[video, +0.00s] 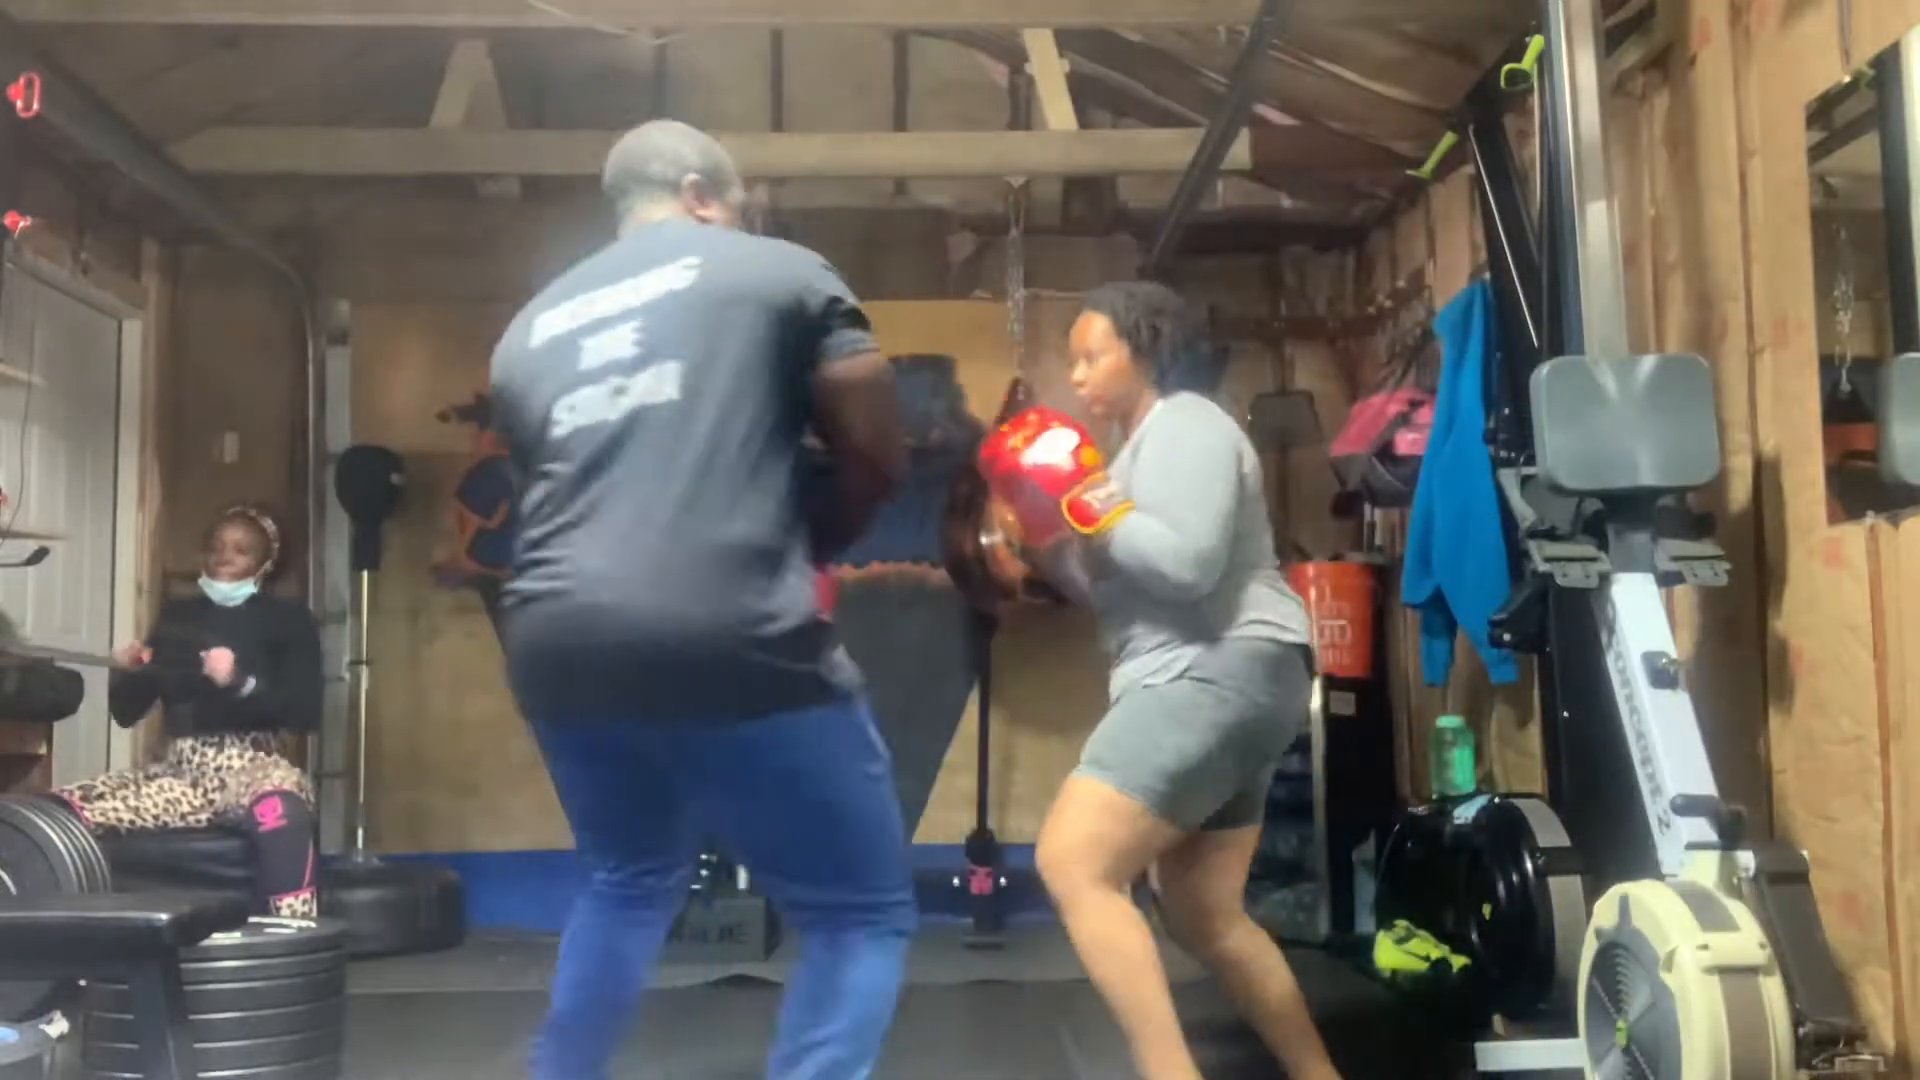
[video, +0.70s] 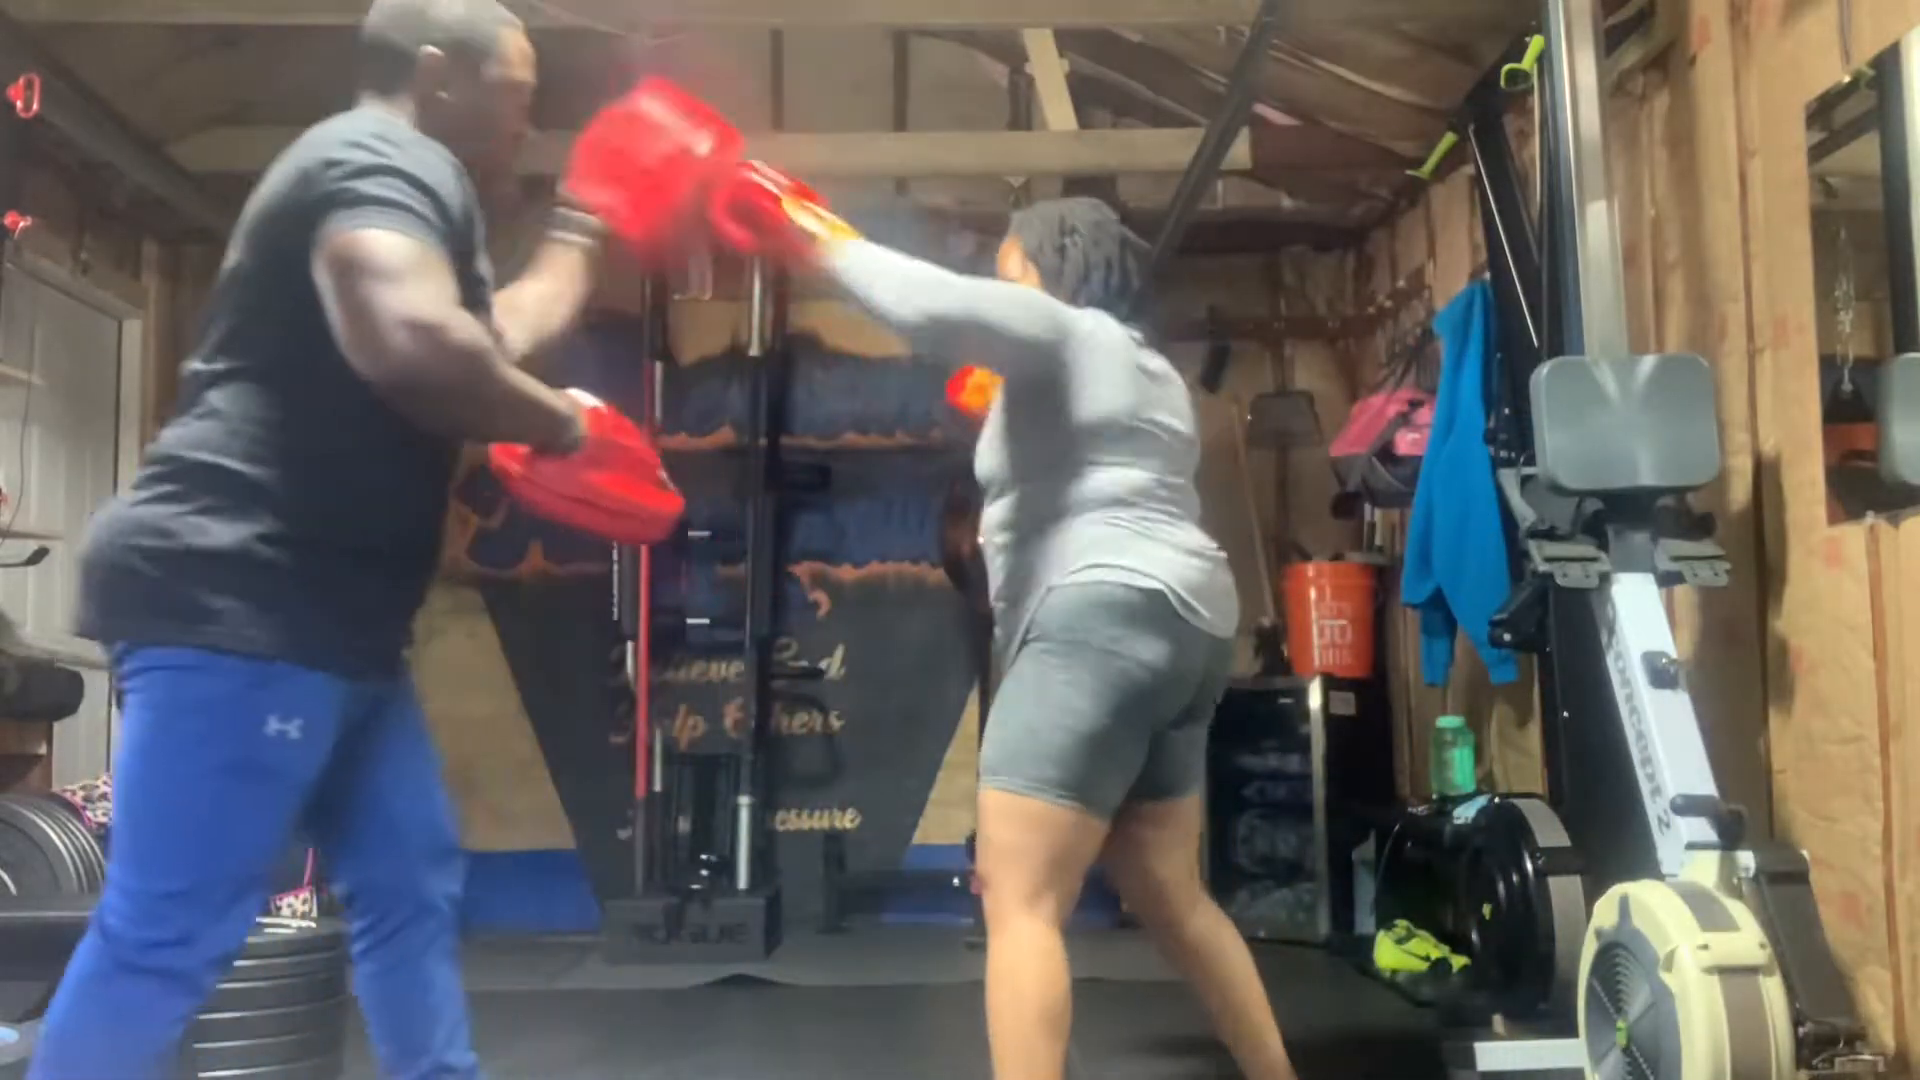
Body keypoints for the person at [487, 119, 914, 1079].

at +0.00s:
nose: (741, 221)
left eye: (736, 209)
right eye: (735, 206)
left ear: (618, 208)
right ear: (699, 195)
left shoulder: (527, 326)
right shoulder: (785, 274)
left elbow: (546, 491)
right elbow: (876, 461)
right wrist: (792, 542)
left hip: (558, 635)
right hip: (734, 629)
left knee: (627, 876)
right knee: (858, 914)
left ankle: (557, 1069)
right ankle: (808, 1071)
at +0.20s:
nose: (716, 198)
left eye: (716, 176)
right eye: (705, 177)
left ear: (596, 170)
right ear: (652, 166)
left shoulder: (527, 255)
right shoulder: (662, 239)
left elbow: (545, 431)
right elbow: (736, 406)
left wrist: (697, 504)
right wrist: (774, 494)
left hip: (420, 604)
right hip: (560, 591)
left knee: (579, 890)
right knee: (748, 884)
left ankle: (523, 1073)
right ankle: (709, 1070)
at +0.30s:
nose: (680, 169)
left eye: (679, 148)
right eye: (669, 148)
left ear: (559, 139)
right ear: (613, 139)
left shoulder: (500, 225)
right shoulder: (599, 216)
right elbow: (658, 390)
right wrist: (733, 479)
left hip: (374, 591)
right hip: (495, 578)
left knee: (531, 893)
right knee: (672, 882)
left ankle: (503, 1071)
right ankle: (553, 1069)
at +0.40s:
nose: (635, 158)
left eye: (636, 134)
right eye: (626, 132)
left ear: (523, 118)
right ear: (562, 116)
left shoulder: (457, 204)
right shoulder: (545, 202)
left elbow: (498, 402)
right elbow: (602, 376)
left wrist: (653, 330)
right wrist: (689, 466)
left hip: (371, 588)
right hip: (447, 589)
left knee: (514, 903)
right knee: (555, 919)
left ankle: (493, 1065)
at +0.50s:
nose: (596, 144)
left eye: (598, 122)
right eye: (587, 119)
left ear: (472, 107)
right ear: (521, 111)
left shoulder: (422, 197)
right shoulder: (502, 194)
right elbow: (556, 376)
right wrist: (653, 460)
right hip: (390, 605)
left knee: (520, 889)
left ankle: (492, 1070)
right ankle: (189, 1073)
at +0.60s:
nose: (571, 140)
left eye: (572, 114)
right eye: (560, 111)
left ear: (469, 104)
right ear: (483, 99)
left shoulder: (418, 185)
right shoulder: (442, 179)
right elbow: (490, 361)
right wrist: (612, 442)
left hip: (392, 626)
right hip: (310, 610)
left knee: (474, 887)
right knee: (229, 951)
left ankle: (472, 1070)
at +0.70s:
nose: (527, 124)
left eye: (530, 100)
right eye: (517, 95)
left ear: (436, 85)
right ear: (440, 80)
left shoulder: (426, 192)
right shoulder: (374, 153)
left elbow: (501, 340)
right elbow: (409, 340)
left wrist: (587, 218)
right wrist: (564, 421)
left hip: (340, 626)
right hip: (235, 603)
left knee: (410, 901)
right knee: (157, 944)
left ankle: (440, 1076)